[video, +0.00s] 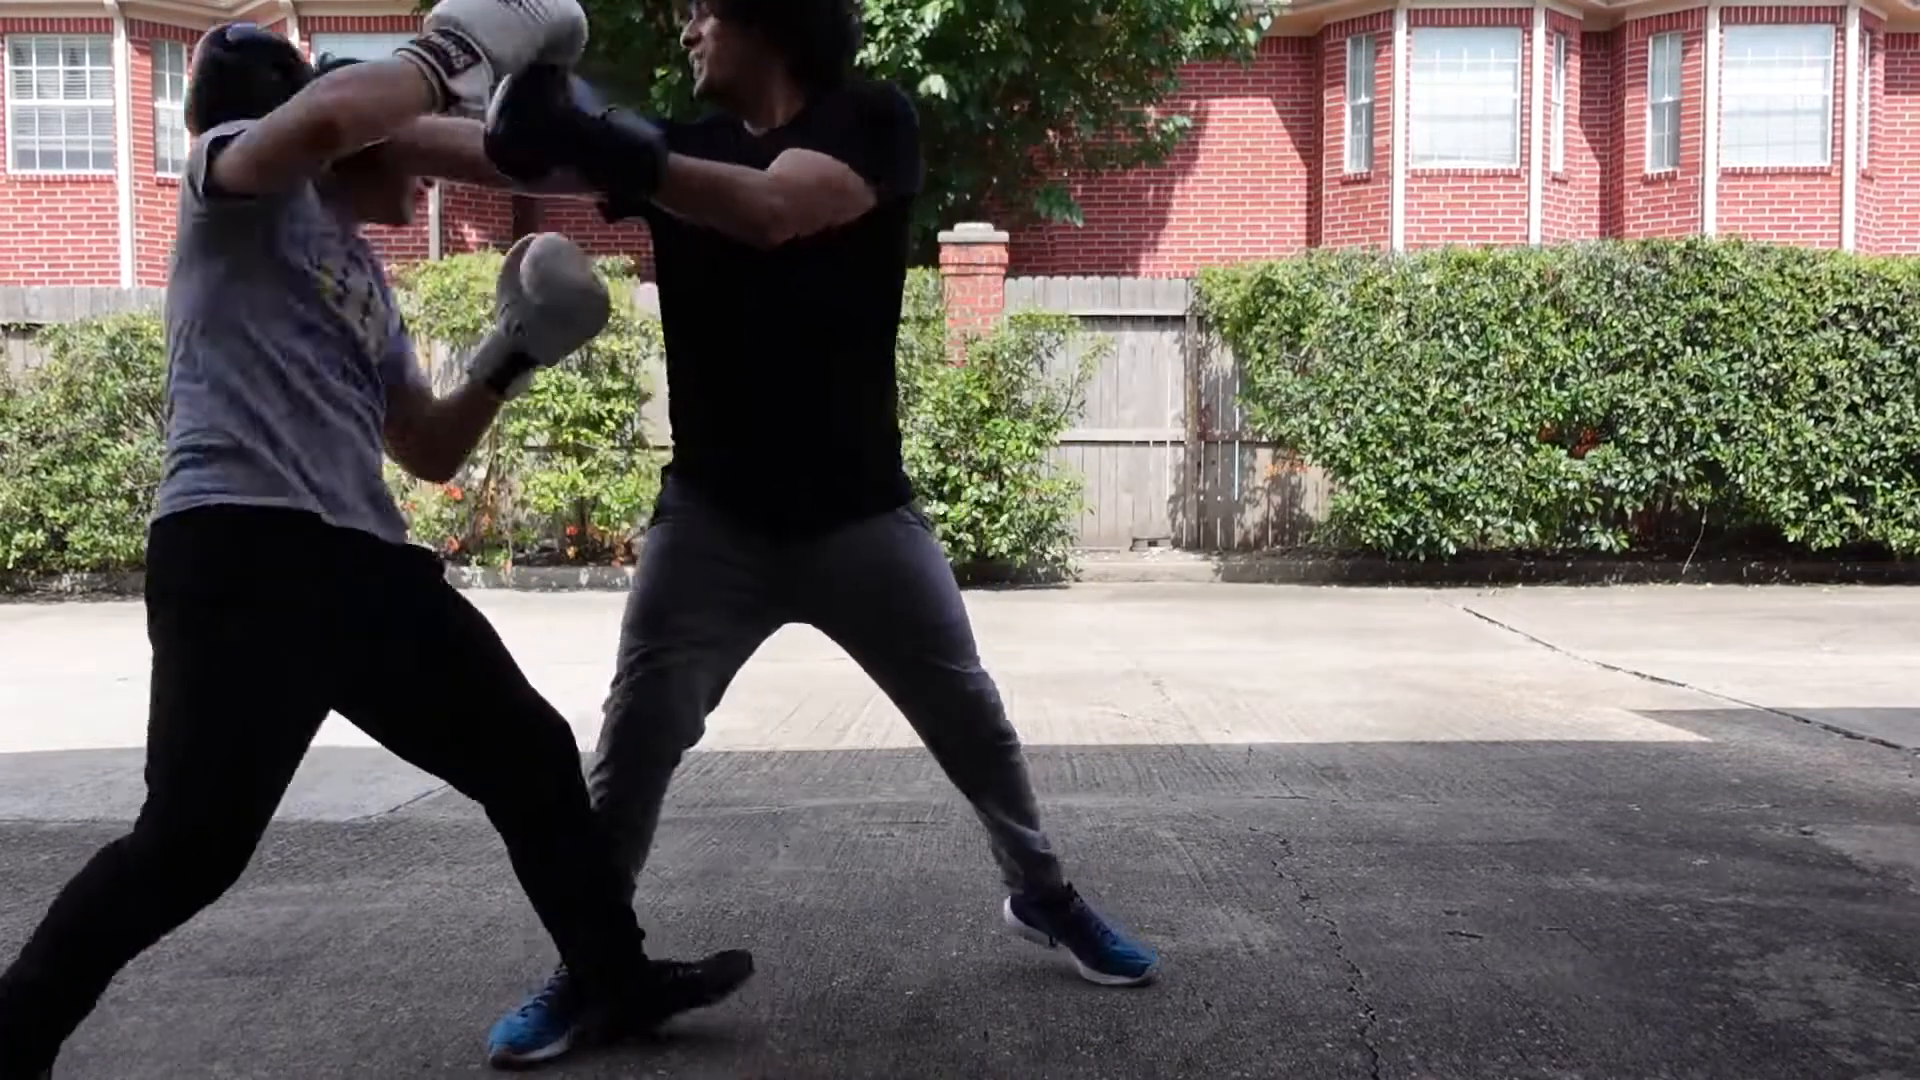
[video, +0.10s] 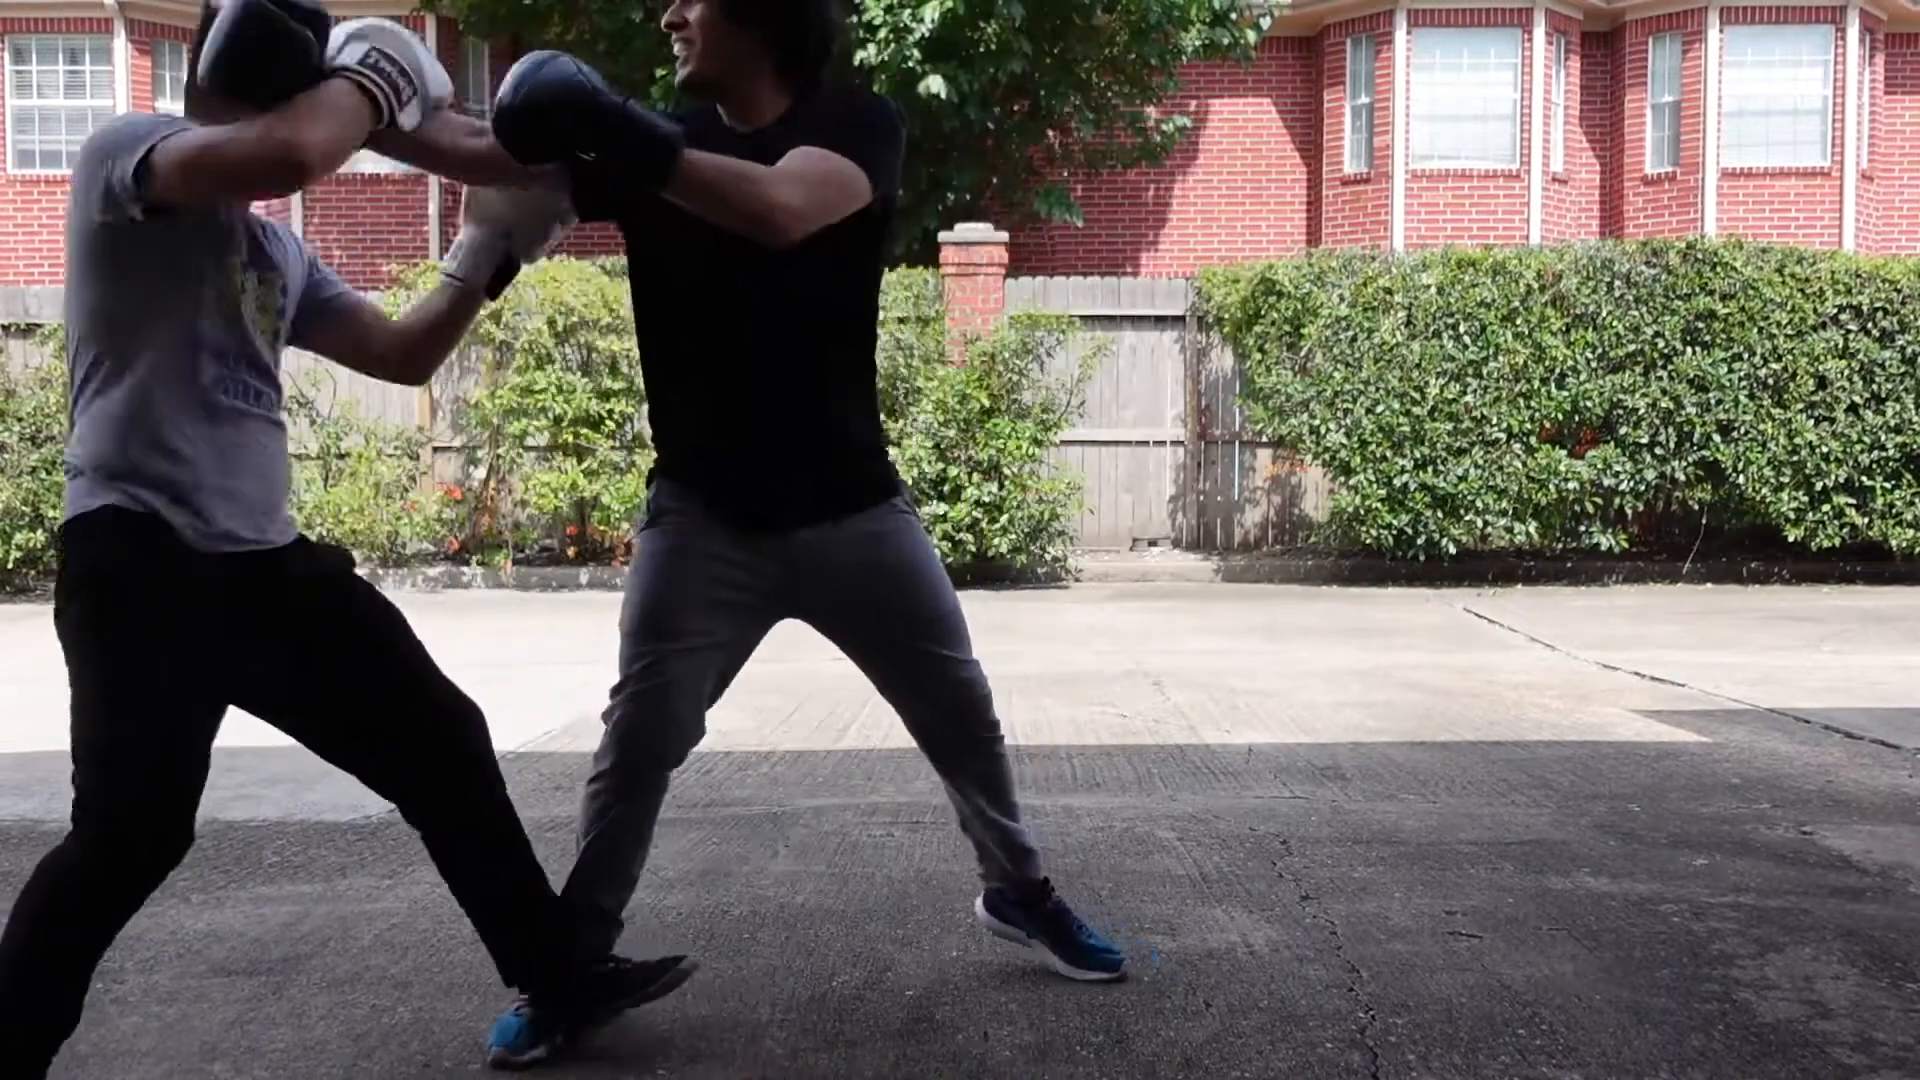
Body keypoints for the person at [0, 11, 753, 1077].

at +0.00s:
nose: (417, 166)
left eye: (421, 147)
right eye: (398, 144)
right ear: (332, 130)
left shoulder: (362, 289)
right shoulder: (235, 185)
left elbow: (431, 449)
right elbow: (331, 116)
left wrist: (508, 352)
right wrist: (453, 58)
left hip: (363, 558)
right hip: (235, 545)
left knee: (529, 758)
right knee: (191, 848)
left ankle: (616, 980)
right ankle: (18, 1034)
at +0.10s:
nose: (289, 139)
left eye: (298, 122)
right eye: (287, 118)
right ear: (256, 95)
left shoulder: (269, 249)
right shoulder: (117, 157)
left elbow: (400, 353)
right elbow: (289, 154)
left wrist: (489, 246)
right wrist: (375, 72)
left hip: (265, 562)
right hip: (135, 558)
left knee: (441, 745)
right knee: (128, 838)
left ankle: (558, 972)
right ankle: (12, 1054)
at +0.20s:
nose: (275, 72)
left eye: (278, 50)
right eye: (255, 44)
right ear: (174, 37)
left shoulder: (230, 178)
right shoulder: (70, 115)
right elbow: (174, 218)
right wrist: (334, 157)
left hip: (217, 500)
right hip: (87, 503)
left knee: (402, 666)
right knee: (69, 795)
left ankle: (481, 929)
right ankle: (13, 1049)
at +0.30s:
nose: (237, 24)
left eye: (236, 7)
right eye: (215, 4)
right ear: (134, 10)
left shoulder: (233, 138)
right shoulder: (33, 112)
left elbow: (317, 267)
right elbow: (110, 277)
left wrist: (430, 206)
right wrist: (282, 227)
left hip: (205, 462)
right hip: (51, 478)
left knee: (370, 636)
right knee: (16, 756)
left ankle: (357, 875)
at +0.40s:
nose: (198, 58)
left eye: (210, 39)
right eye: (176, 28)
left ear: (214, 52)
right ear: (95, 22)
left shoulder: (207, 177)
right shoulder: (19, 153)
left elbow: (309, 299)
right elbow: (5, 328)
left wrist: (407, 275)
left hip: (192, 491)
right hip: (39, 503)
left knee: (333, 676)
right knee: (3, 752)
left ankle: (272, 877)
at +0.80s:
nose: (174, 153)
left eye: (187, 133)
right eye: (161, 128)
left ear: (196, 118)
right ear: (95, 92)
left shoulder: (180, 208)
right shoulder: (10, 182)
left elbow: (233, 340)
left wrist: (281, 385)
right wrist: (7, 327)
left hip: (161, 482)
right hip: (30, 495)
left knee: (241, 683)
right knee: (34, 724)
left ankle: (244, 912)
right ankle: (56, 913)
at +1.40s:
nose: (197, 277)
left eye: (210, 263)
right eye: (194, 256)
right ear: (142, 207)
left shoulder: (170, 295)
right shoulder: (16, 232)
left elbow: (197, 403)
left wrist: (257, 517)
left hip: (96, 469)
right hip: (5, 499)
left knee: (208, 583)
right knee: (18, 721)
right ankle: (70, 912)